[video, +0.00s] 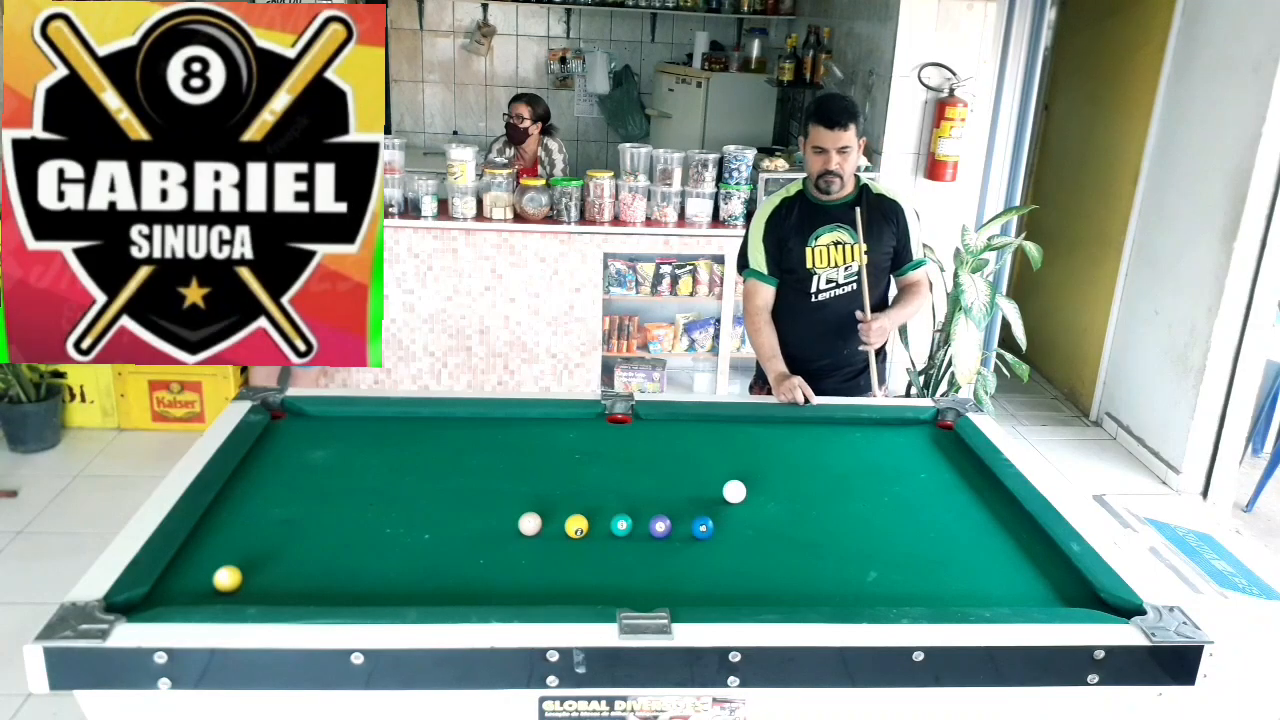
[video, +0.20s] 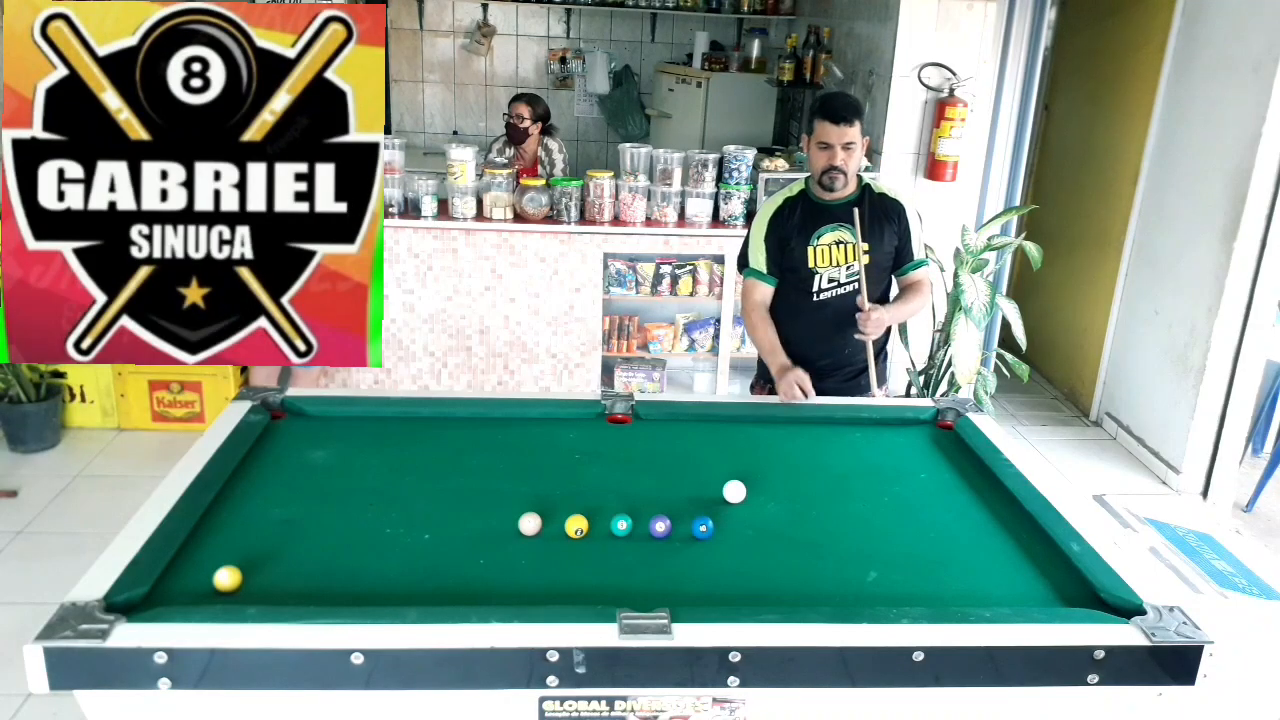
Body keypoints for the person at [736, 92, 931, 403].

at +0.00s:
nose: (832, 164)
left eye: (843, 151)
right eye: (820, 151)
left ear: (861, 150)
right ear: (803, 148)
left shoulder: (889, 212)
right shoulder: (773, 217)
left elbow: (916, 286)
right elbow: (757, 309)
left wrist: (890, 320)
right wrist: (779, 376)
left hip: (861, 394)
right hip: (787, 394)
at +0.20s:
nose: (836, 159)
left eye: (848, 147)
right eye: (824, 147)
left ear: (863, 149)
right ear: (806, 147)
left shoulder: (891, 212)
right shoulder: (775, 215)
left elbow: (919, 287)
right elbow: (754, 304)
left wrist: (889, 315)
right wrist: (781, 369)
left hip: (863, 392)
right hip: (787, 393)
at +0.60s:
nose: (840, 156)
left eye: (852, 145)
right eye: (829, 143)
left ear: (870, 148)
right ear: (812, 144)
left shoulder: (894, 213)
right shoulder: (783, 205)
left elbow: (921, 295)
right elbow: (746, 281)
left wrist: (879, 307)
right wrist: (800, 235)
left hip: (862, 392)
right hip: (784, 389)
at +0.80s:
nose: (842, 156)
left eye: (854, 145)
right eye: (832, 143)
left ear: (874, 147)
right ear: (815, 144)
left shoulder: (896, 213)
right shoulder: (785, 203)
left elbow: (920, 295)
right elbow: (738, 270)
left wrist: (876, 307)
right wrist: (789, 228)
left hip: (863, 392)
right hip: (785, 387)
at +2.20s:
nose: (863, 172)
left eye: (877, 160)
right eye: (856, 159)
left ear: (907, 159)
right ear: (849, 154)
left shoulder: (945, 215)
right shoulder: (826, 215)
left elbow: (968, 305)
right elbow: (787, 290)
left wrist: (908, 300)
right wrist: (803, 337)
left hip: (908, 397)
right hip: (832, 392)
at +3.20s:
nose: (895, 179)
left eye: (909, 168)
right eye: (889, 166)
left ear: (940, 166)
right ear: (883, 160)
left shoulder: (964, 216)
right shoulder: (891, 211)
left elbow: (941, 289)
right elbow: (886, 285)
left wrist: (880, 328)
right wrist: (874, 327)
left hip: (958, 381)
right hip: (900, 371)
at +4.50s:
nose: (853, 346)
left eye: (864, 337)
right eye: (846, 333)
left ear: (898, 324)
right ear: (841, 317)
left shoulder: (931, 350)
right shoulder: (893, 272)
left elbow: (898, 415)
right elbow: (907, 231)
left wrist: (828, 440)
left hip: (1026, 377)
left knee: (990, 478)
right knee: (951, 462)